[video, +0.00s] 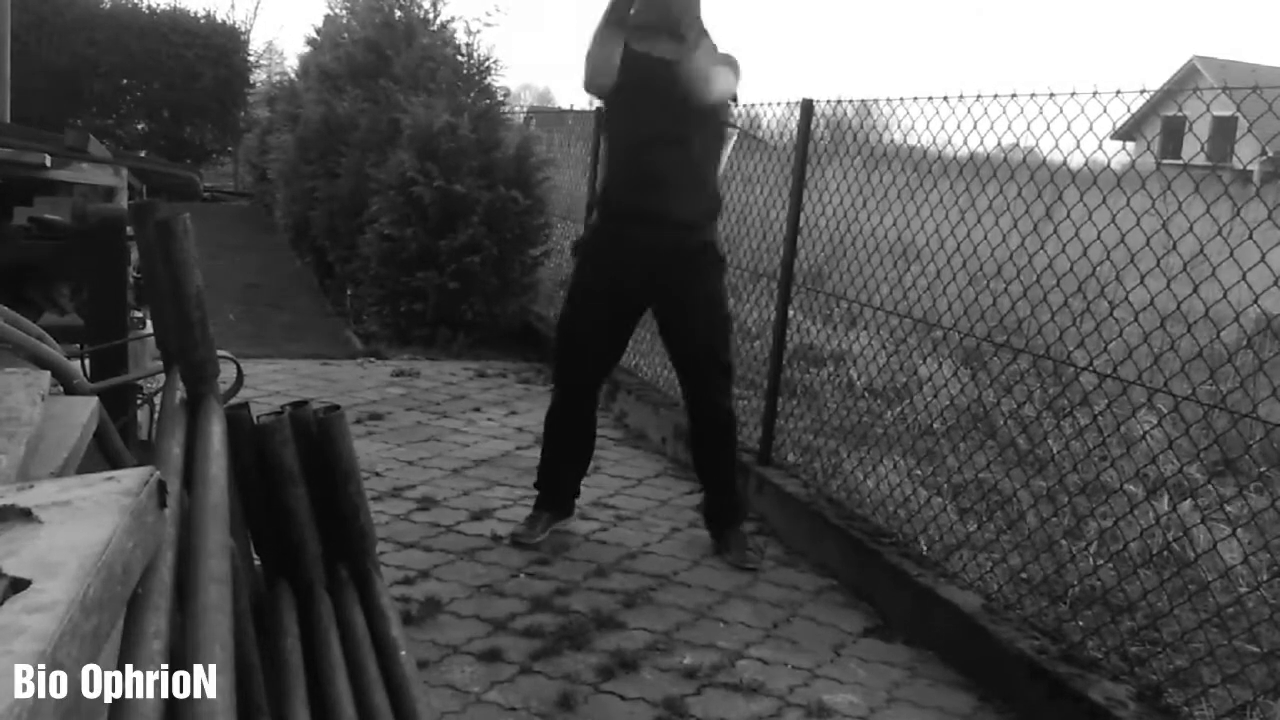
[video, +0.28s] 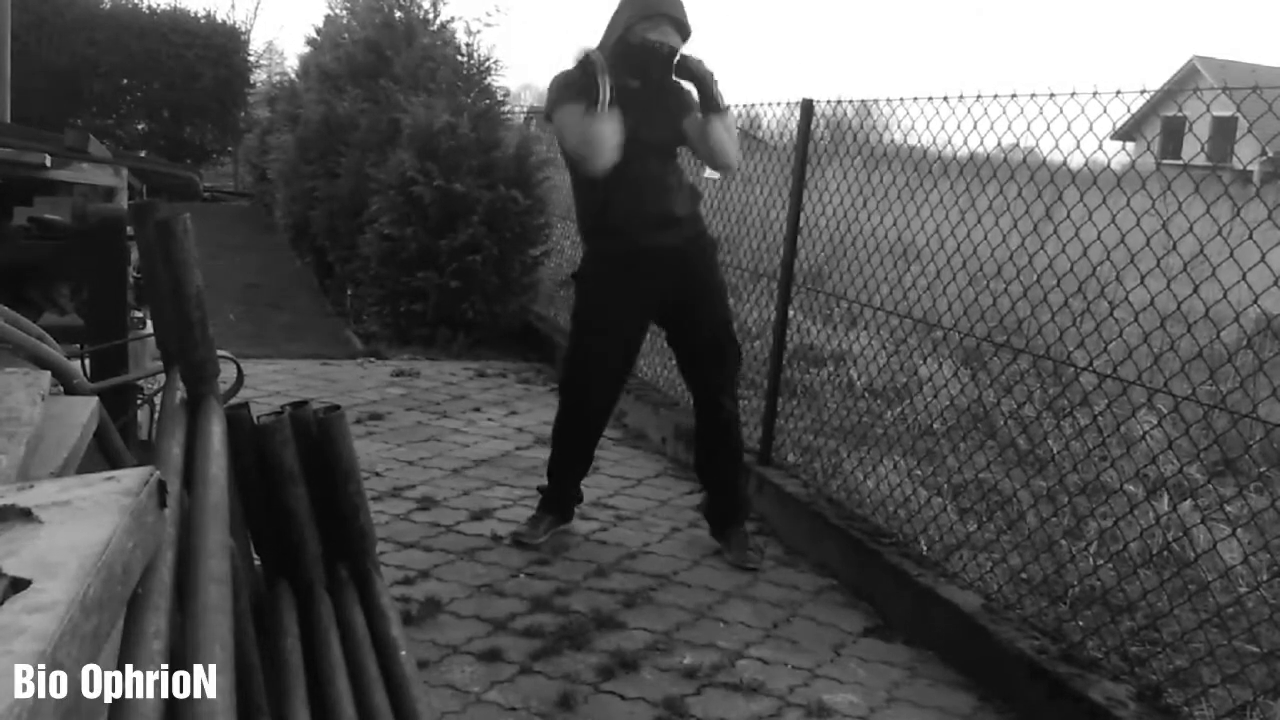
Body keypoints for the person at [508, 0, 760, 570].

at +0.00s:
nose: (670, 13)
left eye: (677, 7)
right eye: (660, 10)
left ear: (693, 12)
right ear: (645, 14)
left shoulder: (719, 65)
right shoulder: (623, 54)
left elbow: (707, 90)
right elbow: (596, 80)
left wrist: (691, 26)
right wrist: (616, 13)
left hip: (688, 253)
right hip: (614, 245)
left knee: (710, 390)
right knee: (575, 376)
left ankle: (727, 523)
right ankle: (553, 503)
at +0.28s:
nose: (658, 56)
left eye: (668, 49)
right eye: (648, 43)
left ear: (678, 51)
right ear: (622, 37)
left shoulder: (673, 97)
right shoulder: (576, 88)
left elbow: (726, 157)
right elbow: (597, 155)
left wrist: (707, 86)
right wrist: (610, 79)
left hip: (687, 263)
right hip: (614, 265)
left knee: (717, 387)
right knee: (586, 389)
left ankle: (730, 522)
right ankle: (556, 505)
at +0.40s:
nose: (645, 20)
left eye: (658, 10)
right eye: (632, 9)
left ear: (674, 16)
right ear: (609, 13)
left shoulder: (696, 73)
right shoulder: (582, 77)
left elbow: (777, 115)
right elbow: (516, 146)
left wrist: (736, 182)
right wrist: (584, 182)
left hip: (688, 253)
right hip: (609, 253)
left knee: (714, 386)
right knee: (576, 381)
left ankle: (731, 521)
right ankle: (554, 505)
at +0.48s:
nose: (644, 30)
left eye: (656, 20)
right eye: (632, 20)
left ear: (674, 22)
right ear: (614, 22)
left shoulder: (706, 67)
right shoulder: (597, 75)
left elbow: (798, 108)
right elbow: (525, 125)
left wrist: (811, 176)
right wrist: (515, 193)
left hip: (685, 253)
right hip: (609, 251)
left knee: (710, 392)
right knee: (577, 381)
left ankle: (732, 523)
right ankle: (550, 505)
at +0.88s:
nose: (684, 30)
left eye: (694, 21)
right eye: (676, 16)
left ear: (699, 25)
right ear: (645, 12)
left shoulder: (704, 67)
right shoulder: (594, 61)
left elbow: (770, 122)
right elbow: (498, 108)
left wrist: (811, 177)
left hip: (685, 255)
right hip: (607, 251)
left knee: (707, 390)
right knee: (575, 384)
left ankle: (731, 520)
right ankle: (553, 504)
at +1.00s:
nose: (667, 39)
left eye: (677, 31)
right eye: (660, 25)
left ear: (681, 34)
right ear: (628, 15)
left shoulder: (676, 87)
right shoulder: (569, 72)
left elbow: (740, 147)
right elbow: (486, 122)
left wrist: (799, 198)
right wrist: (412, 166)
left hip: (688, 255)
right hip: (614, 258)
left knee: (714, 387)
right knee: (586, 387)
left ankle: (734, 518)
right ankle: (550, 505)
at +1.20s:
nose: (658, 50)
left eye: (668, 39)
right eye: (648, 35)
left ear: (673, 38)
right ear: (618, 25)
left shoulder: (676, 87)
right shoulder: (563, 74)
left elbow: (735, 140)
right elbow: (481, 109)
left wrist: (788, 177)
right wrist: (401, 134)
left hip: (687, 258)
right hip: (612, 261)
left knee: (714, 388)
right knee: (582, 393)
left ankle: (733, 519)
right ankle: (548, 510)